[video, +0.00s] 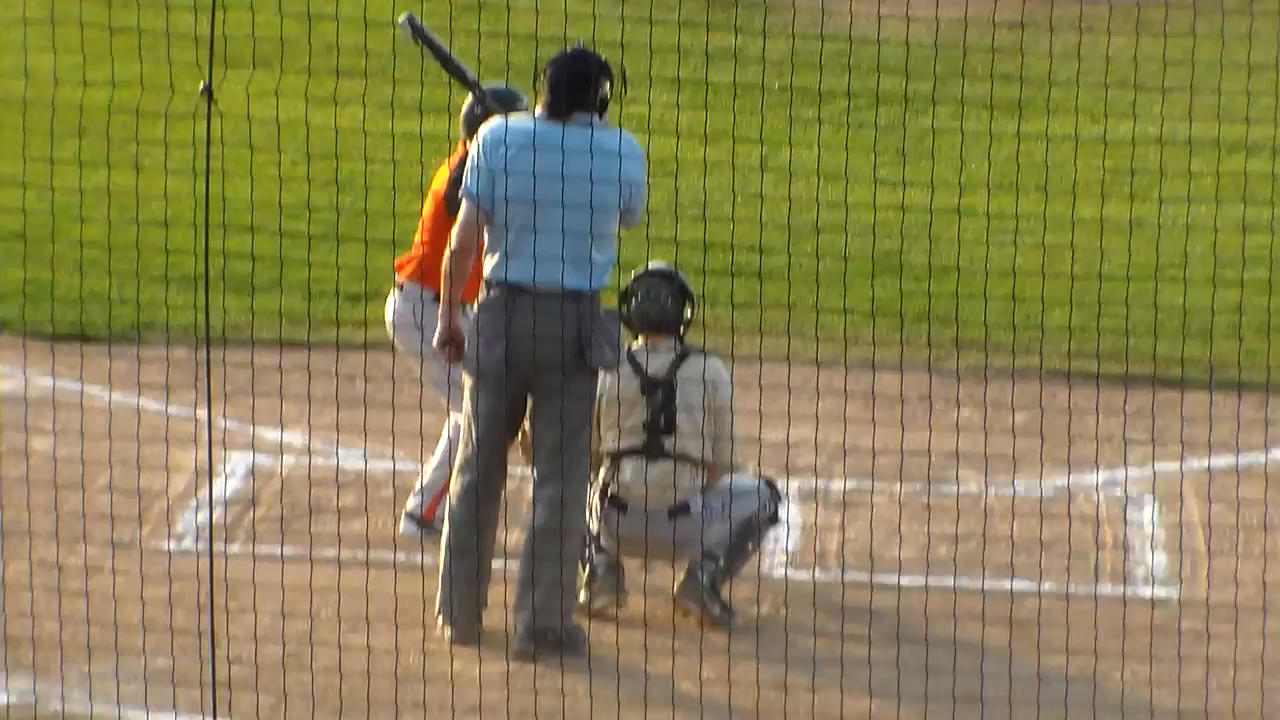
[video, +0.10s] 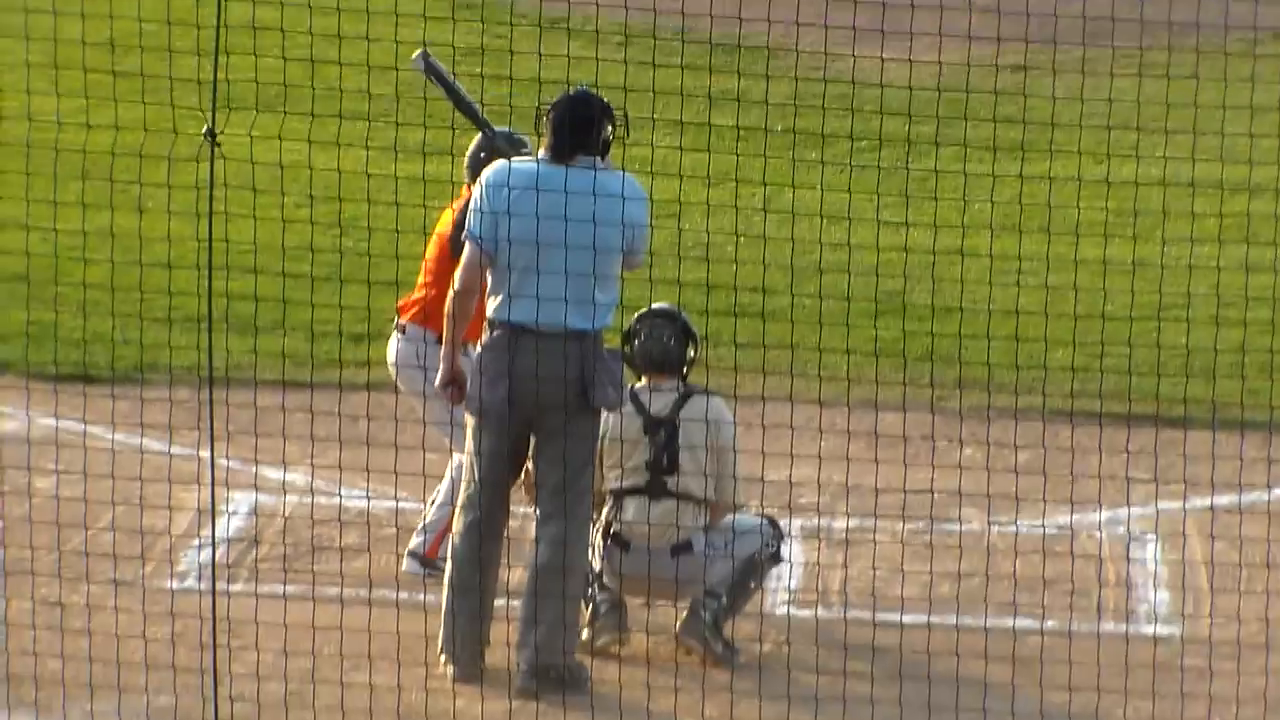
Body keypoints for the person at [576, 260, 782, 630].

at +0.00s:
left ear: (630, 316)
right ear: (683, 315)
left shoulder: (608, 371)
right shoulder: (710, 371)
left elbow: (594, 455)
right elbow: (720, 465)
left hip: (617, 524)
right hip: (680, 527)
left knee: (595, 477)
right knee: (765, 496)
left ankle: (603, 572)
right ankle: (704, 577)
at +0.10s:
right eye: (685, 346)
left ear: (633, 357)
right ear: (686, 356)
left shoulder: (611, 409)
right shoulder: (713, 409)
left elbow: (596, 492)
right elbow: (722, 504)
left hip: (620, 563)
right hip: (684, 565)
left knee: (595, 516)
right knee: (767, 534)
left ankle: (606, 610)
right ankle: (706, 616)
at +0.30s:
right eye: (674, 370)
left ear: (621, 382)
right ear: (673, 381)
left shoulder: (599, 432)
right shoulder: (700, 433)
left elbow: (581, 516)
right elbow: (711, 527)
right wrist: (675, 550)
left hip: (609, 587)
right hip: (673, 588)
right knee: (756, 556)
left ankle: (594, 631)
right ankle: (695, 639)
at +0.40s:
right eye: (682, 366)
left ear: (629, 378)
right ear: (680, 377)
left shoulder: (607, 428)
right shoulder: (707, 429)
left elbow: (589, 512)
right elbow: (719, 522)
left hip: (617, 581)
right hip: (681, 583)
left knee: (587, 536)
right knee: (764, 552)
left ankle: (602, 626)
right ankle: (703, 634)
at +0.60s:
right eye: (682, 333)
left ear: (630, 342)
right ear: (680, 344)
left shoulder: (607, 394)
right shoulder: (707, 395)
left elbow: (592, 475)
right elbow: (720, 489)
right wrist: (684, 515)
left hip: (616, 548)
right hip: (680, 549)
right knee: (764, 519)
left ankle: (601, 592)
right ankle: (703, 600)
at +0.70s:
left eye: (634, 322)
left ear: (630, 335)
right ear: (681, 337)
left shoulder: (609, 388)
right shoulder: (709, 388)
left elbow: (595, 470)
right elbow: (721, 481)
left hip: (617, 539)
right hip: (683, 541)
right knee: (766, 511)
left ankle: (603, 582)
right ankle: (704, 592)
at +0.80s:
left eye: (636, 303)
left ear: (627, 317)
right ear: (681, 319)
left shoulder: (607, 371)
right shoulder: (707, 371)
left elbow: (588, 455)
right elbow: (720, 468)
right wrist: (680, 487)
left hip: (616, 524)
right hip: (682, 526)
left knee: (579, 481)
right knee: (766, 496)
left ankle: (602, 570)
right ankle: (703, 578)